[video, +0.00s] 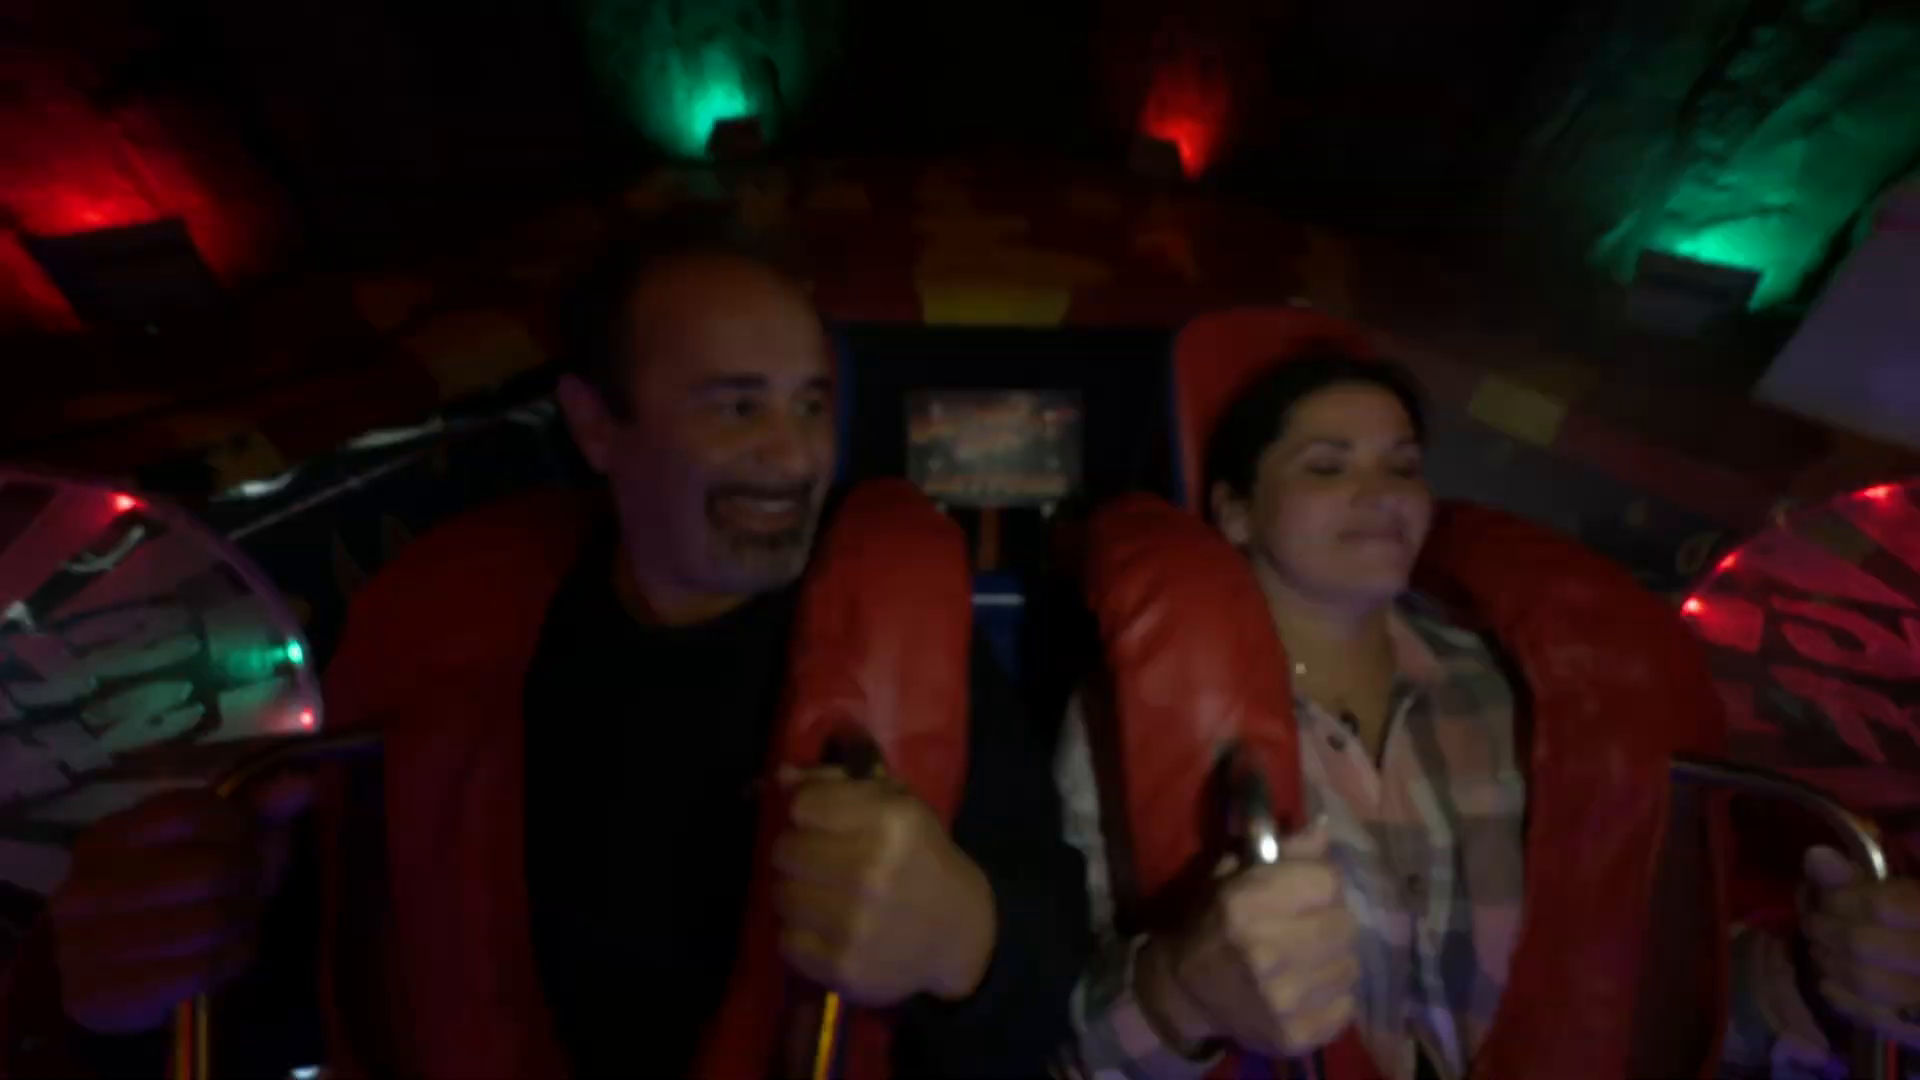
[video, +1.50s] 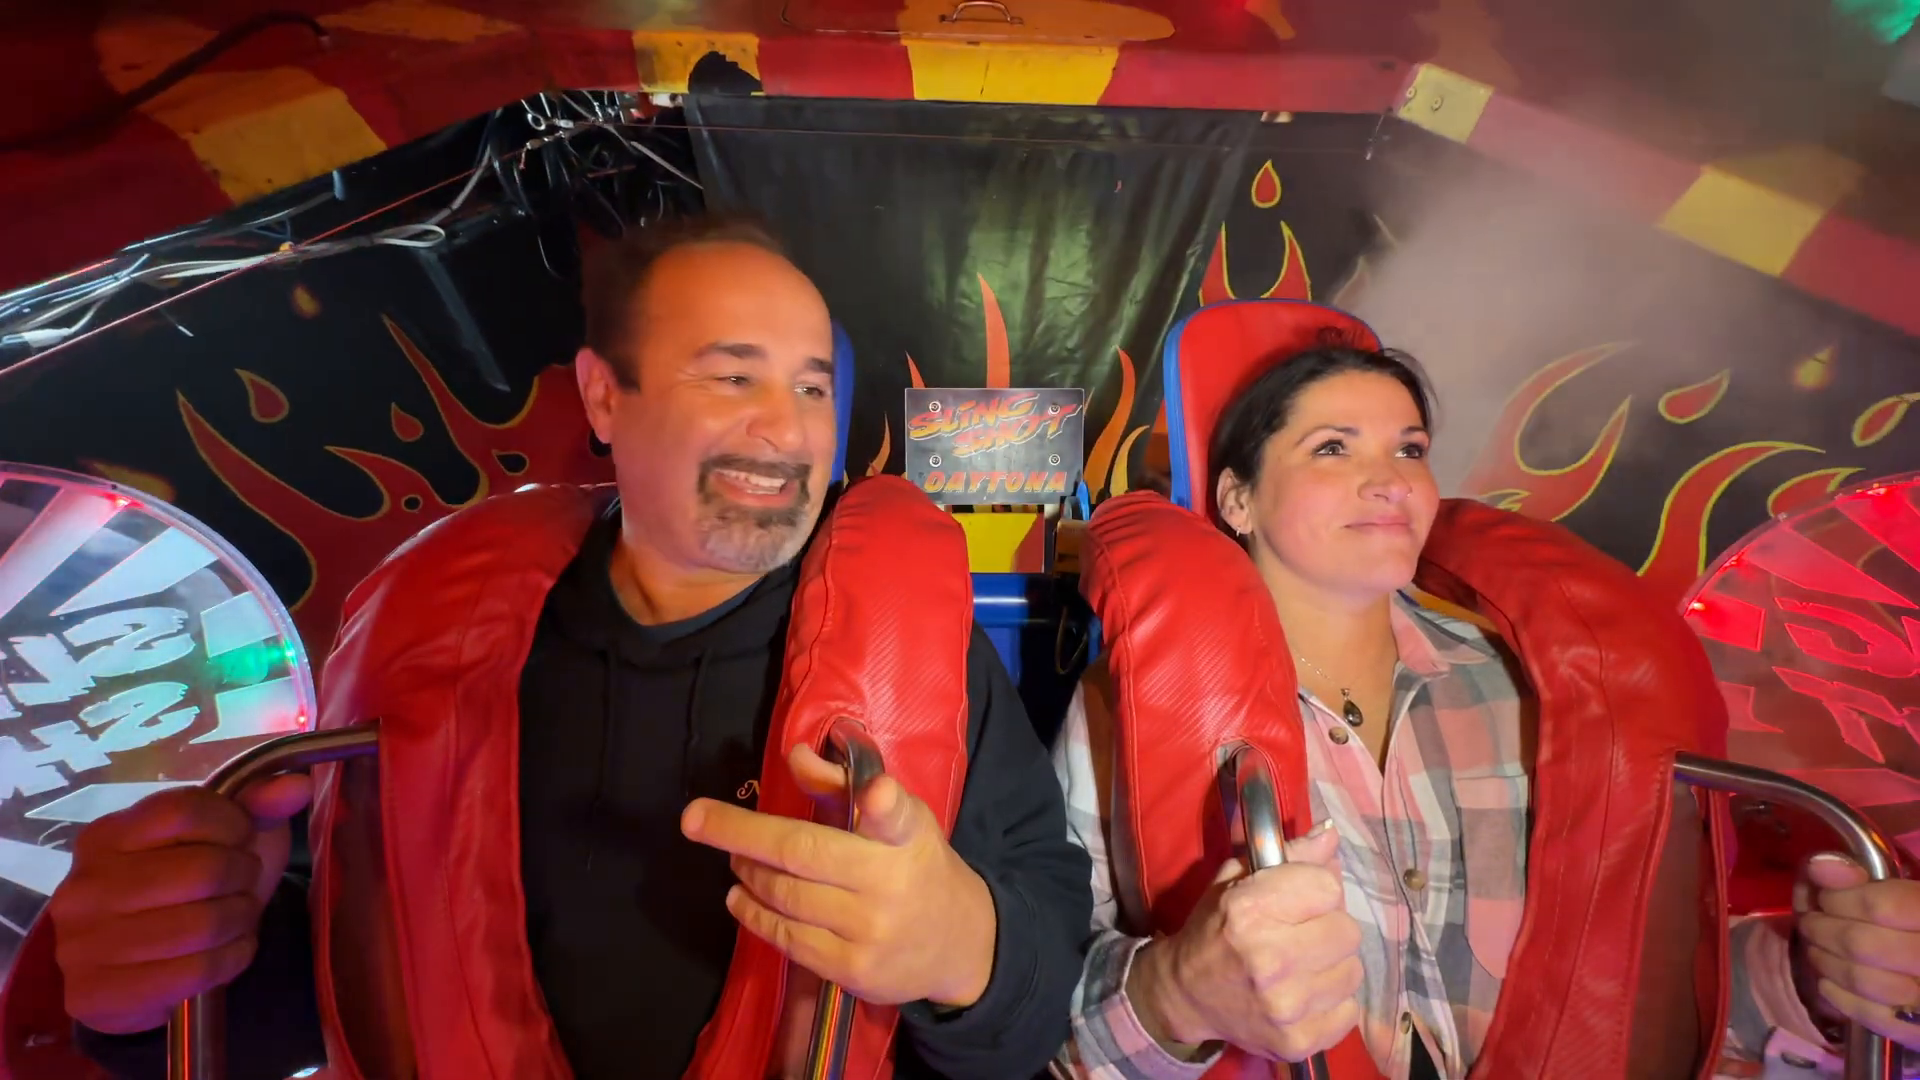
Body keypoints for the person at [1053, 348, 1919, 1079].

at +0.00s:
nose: (1379, 495)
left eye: (1402, 466)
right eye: (1328, 466)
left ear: (1430, 500)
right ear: (1235, 512)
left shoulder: (1502, 690)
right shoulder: (1147, 712)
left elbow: (1603, 981)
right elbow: (1059, 1036)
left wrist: (1815, 981)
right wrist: (1170, 1001)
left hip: (1484, 1057)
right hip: (1269, 1066)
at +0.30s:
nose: (1388, 484)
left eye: (1411, 457)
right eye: (1332, 456)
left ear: (1436, 498)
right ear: (1241, 507)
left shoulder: (1519, 691)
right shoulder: (1145, 709)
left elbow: (1618, 968)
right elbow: (1051, 1040)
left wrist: (1810, 976)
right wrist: (1175, 998)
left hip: (1503, 1069)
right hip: (1269, 1075)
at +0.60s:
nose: (1389, 480)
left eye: (1410, 453)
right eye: (1332, 452)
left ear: (1434, 494)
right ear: (1240, 503)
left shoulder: (1520, 690)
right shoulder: (1144, 710)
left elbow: (1617, 959)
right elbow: (1047, 1039)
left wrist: (1807, 973)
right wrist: (1172, 997)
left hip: (1497, 1068)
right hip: (1261, 1073)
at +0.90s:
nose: (1388, 477)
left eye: (1409, 450)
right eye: (1331, 449)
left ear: (1434, 492)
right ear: (1239, 502)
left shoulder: (1517, 688)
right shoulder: (1145, 708)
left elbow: (1614, 947)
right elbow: (1045, 1035)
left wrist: (1805, 973)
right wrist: (1171, 996)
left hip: (1495, 1067)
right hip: (1260, 1072)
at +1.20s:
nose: (1389, 478)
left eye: (1410, 450)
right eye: (1331, 450)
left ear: (1435, 491)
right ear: (1238, 502)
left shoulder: (1517, 691)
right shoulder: (1143, 711)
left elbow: (1616, 960)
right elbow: (1050, 1033)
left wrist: (1804, 971)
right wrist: (1170, 997)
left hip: (1492, 1067)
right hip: (1261, 1072)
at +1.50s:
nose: (1389, 476)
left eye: (1410, 450)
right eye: (1332, 448)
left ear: (1434, 495)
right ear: (1239, 502)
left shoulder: (1523, 690)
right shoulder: (1144, 708)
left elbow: (1617, 963)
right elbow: (1047, 1031)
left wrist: (1803, 971)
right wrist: (1170, 996)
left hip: (1505, 1066)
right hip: (1265, 1071)